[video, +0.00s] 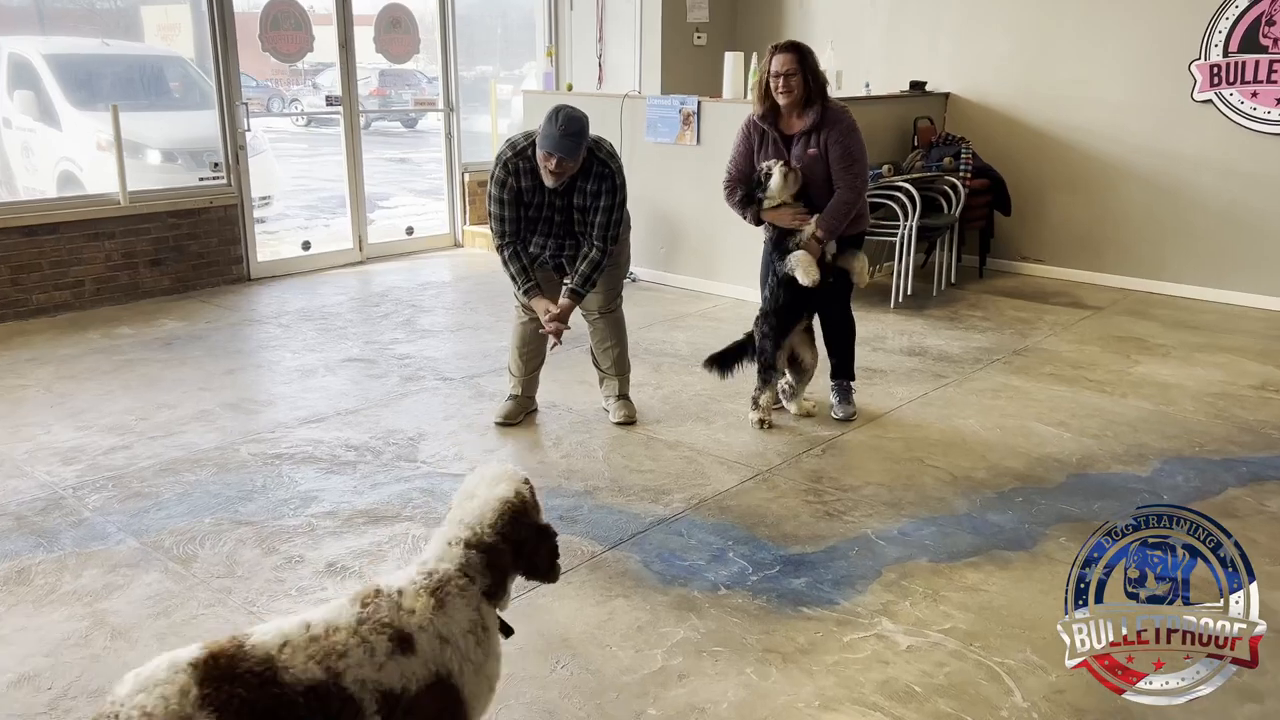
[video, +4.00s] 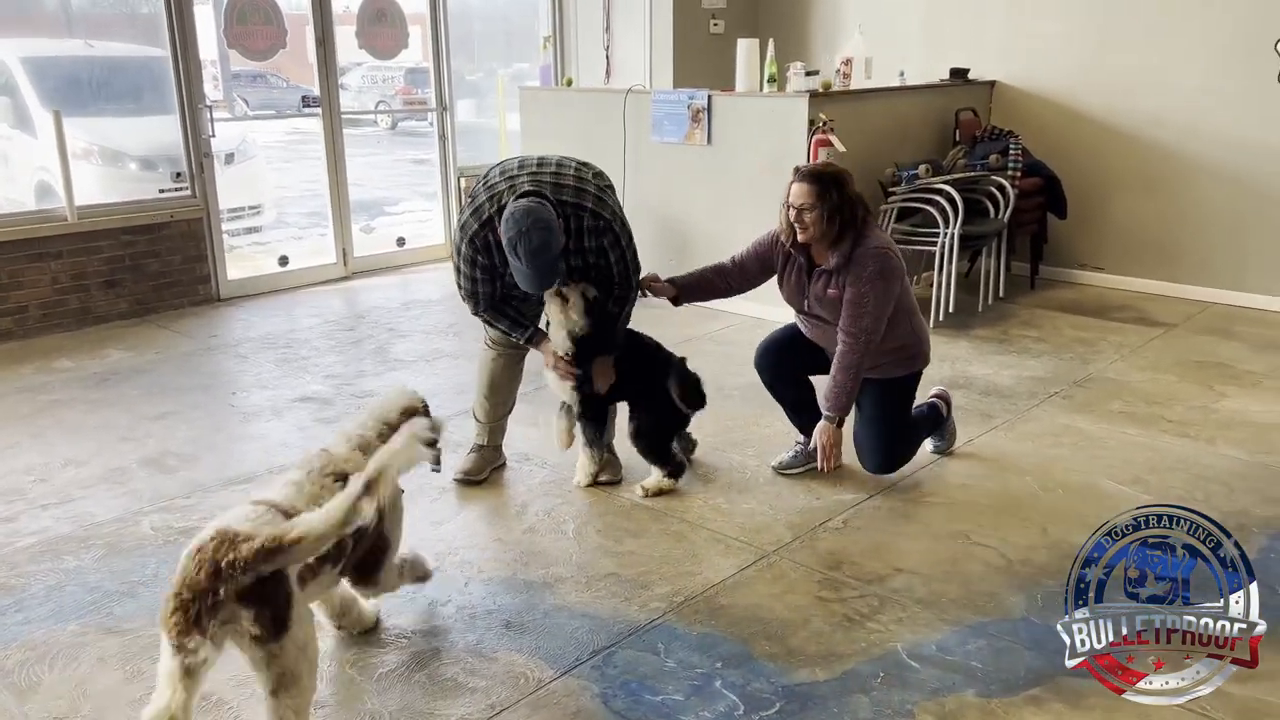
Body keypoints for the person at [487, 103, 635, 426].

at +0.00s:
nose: (554, 165)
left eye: (566, 159)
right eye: (548, 154)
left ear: (582, 152)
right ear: (539, 142)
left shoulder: (605, 166)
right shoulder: (511, 161)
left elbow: (600, 245)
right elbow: (506, 241)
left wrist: (566, 306)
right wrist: (536, 300)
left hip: (595, 242)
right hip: (540, 242)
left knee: (602, 310)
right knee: (528, 314)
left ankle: (616, 395)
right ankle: (521, 396)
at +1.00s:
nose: (517, 153)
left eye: (530, 144)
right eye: (509, 140)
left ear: (552, 136)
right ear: (499, 131)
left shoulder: (582, 168)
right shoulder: (472, 163)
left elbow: (588, 256)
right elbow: (459, 249)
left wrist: (552, 325)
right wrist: (496, 316)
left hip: (572, 262)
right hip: (508, 261)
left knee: (577, 340)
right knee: (494, 339)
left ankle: (591, 435)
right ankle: (483, 433)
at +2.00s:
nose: (518, 116)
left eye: (531, 106)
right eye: (509, 103)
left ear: (547, 99)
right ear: (490, 92)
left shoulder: (569, 143)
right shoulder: (452, 136)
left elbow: (579, 235)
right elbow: (438, 227)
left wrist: (544, 303)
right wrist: (480, 297)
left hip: (546, 268)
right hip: (473, 267)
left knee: (556, 351)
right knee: (467, 351)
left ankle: (571, 446)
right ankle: (456, 444)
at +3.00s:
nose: (602, 247)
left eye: (611, 243)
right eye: (594, 238)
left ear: (628, 201)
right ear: (569, 202)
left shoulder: (644, 186)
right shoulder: (527, 205)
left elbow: (662, 244)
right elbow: (521, 292)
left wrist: (652, 312)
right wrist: (575, 341)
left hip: (603, 245)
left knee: (610, 335)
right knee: (522, 335)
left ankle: (617, 441)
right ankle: (506, 443)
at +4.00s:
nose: (545, 289)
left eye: (551, 278)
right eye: (533, 284)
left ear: (561, 231)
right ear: (503, 241)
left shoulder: (596, 214)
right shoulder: (475, 230)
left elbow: (625, 283)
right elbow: (482, 303)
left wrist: (605, 355)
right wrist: (542, 344)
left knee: (595, 343)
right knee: (501, 342)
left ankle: (601, 449)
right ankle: (486, 447)